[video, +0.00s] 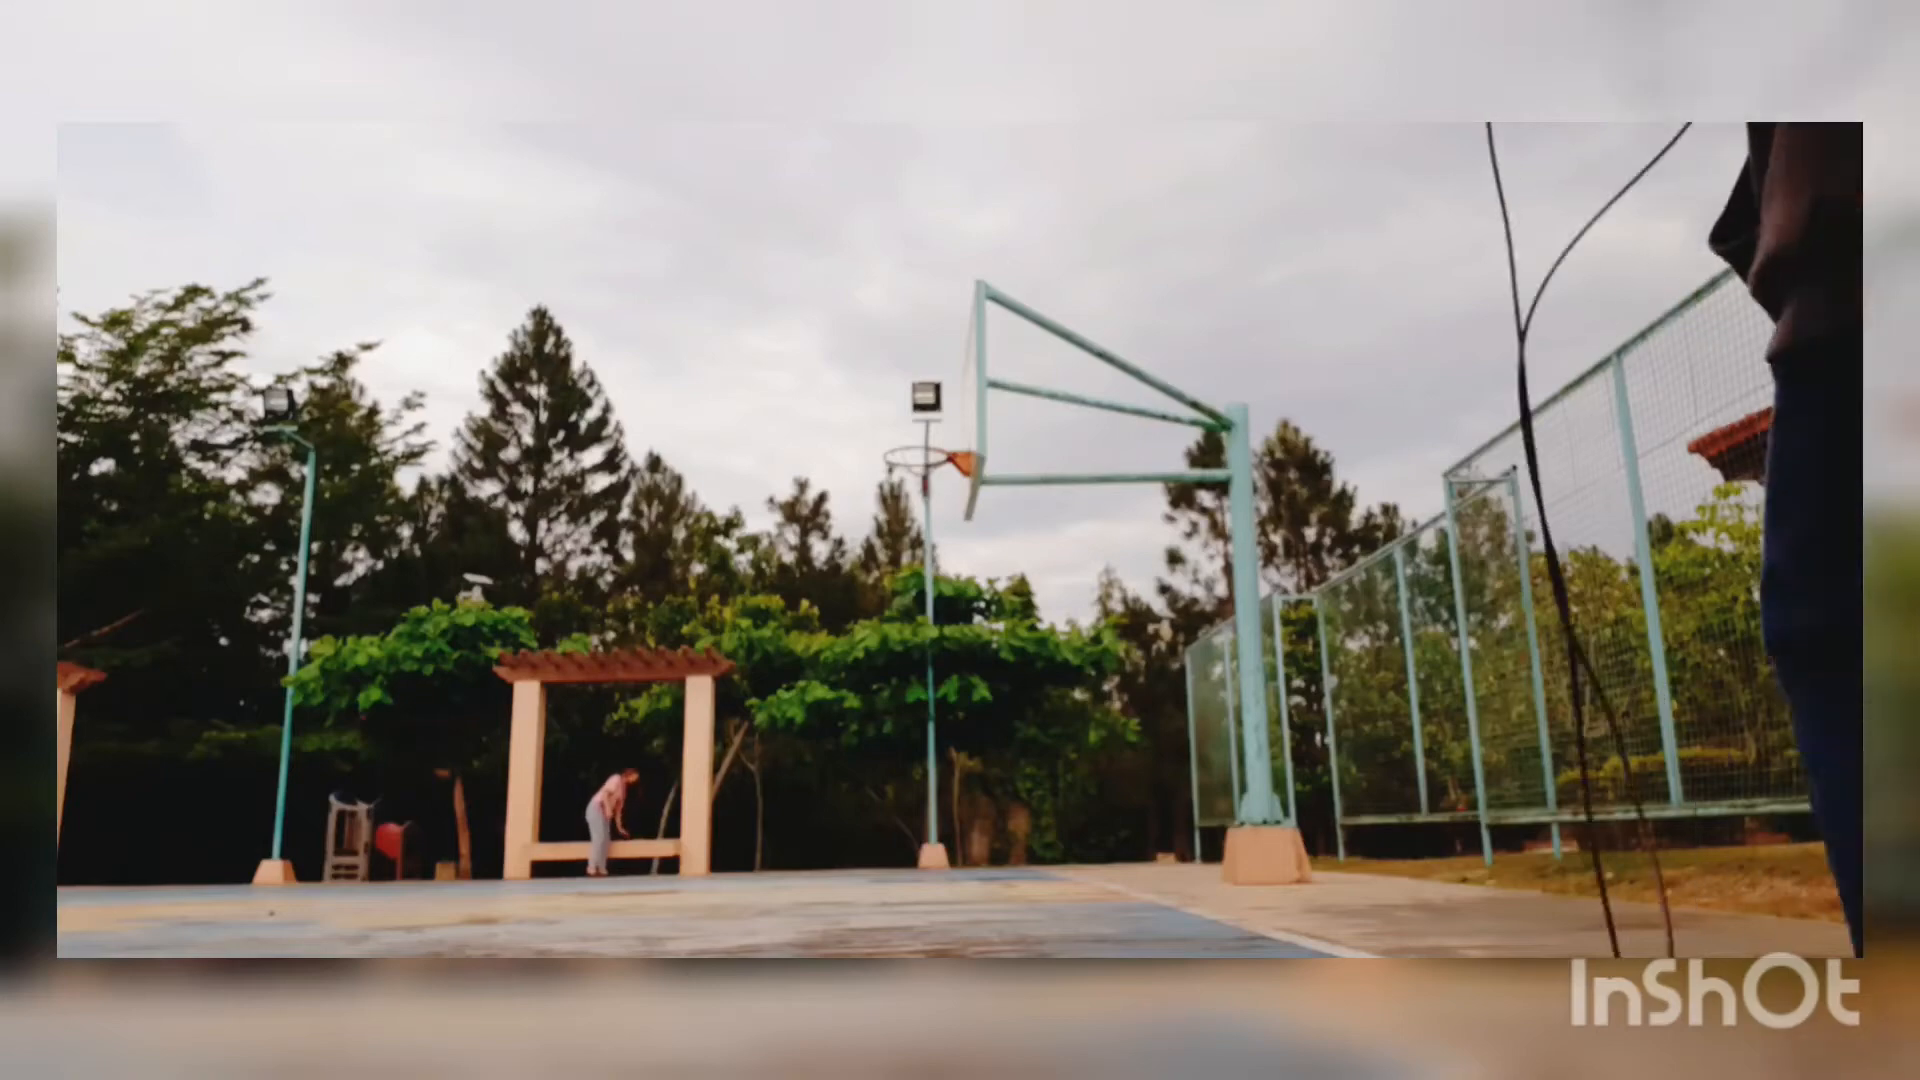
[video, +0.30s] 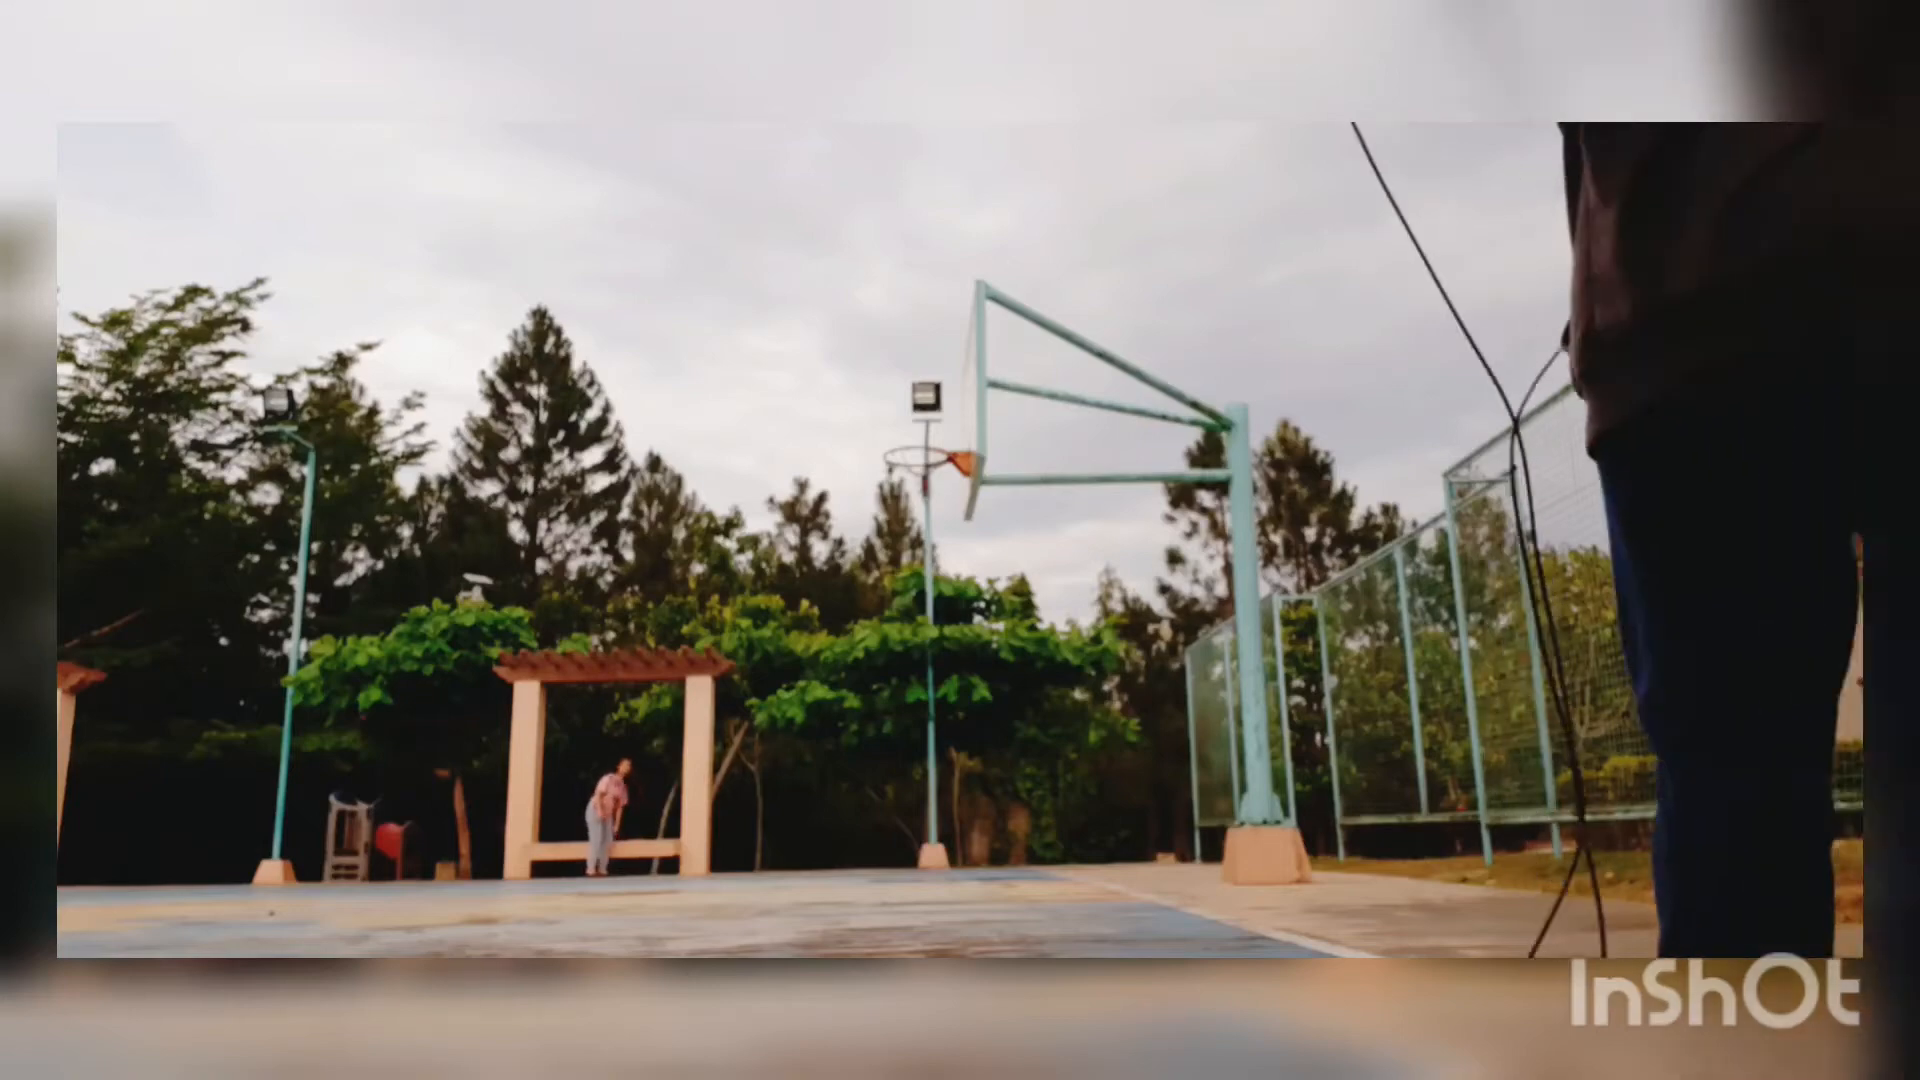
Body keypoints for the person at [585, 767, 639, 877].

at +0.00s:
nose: (633, 781)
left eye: (635, 779)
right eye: (633, 778)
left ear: (632, 778)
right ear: (628, 774)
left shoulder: (622, 787)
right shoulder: (616, 779)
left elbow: (618, 808)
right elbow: (605, 793)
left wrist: (619, 827)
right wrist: (608, 808)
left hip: (605, 810)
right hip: (596, 808)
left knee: (606, 838)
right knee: (599, 837)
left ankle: (601, 867)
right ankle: (592, 867)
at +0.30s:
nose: (625, 769)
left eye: (628, 766)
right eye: (624, 765)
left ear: (629, 769)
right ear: (619, 766)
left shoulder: (623, 787)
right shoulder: (608, 778)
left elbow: (619, 807)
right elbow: (598, 794)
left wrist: (617, 824)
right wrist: (600, 810)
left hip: (608, 812)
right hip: (596, 808)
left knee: (608, 839)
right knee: (596, 837)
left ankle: (602, 867)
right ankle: (591, 867)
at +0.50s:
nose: (610, 767)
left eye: (613, 764)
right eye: (609, 764)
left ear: (618, 767)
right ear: (607, 765)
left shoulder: (621, 785)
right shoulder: (599, 781)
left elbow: (621, 805)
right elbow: (594, 798)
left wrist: (618, 821)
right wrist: (596, 814)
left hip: (611, 811)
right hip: (596, 809)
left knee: (611, 839)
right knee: (596, 838)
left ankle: (604, 868)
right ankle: (593, 867)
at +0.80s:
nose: (595, 772)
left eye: (598, 769)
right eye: (595, 769)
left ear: (604, 771)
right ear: (595, 771)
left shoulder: (614, 786)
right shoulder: (592, 785)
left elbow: (619, 804)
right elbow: (590, 803)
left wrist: (615, 820)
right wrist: (595, 818)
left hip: (610, 816)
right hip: (596, 815)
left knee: (611, 840)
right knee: (596, 839)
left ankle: (604, 867)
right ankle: (594, 867)